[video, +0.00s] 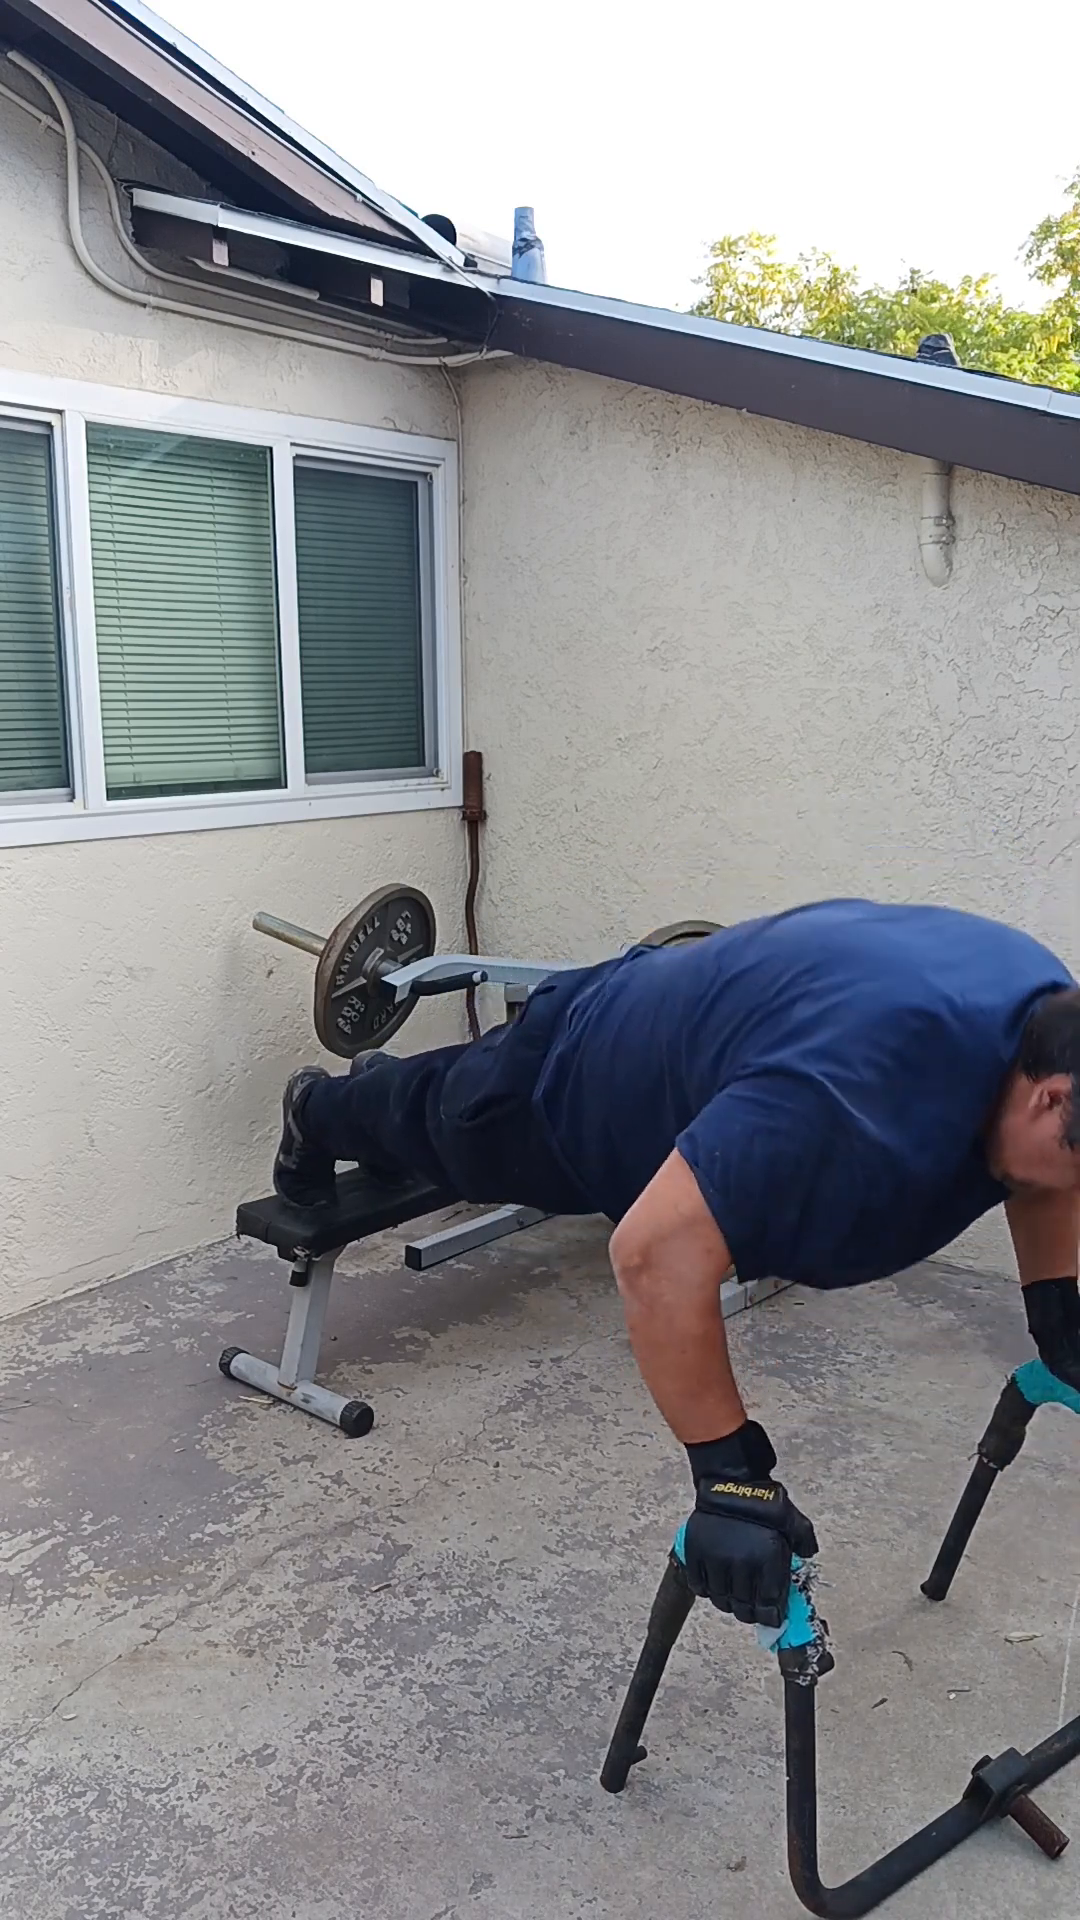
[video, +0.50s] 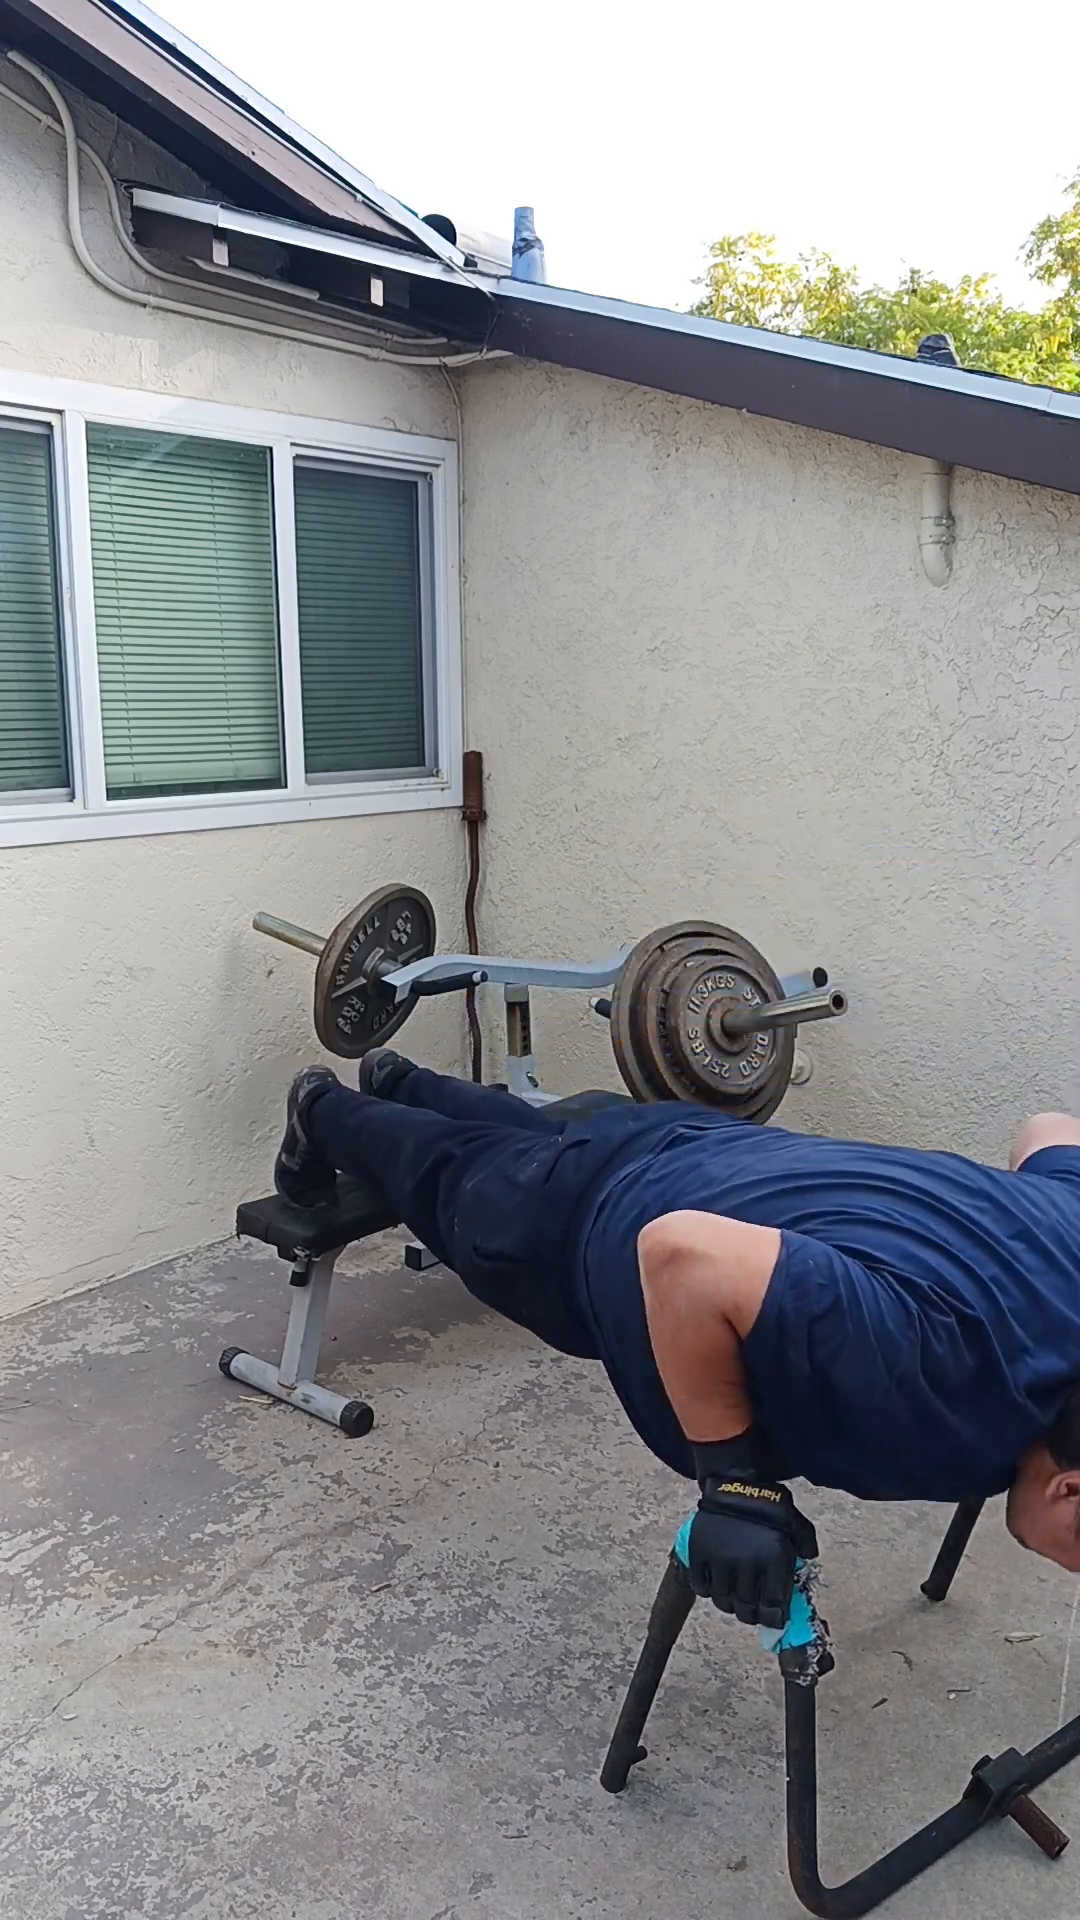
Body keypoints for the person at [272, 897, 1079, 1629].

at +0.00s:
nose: (1061, 1178)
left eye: (1074, 1170)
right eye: (1069, 1154)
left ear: (1054, 1089)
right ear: (1043, 1101)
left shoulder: (1042, 1013)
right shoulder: (840, 1101)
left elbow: (1047, 1174)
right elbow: (656, 1258)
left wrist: (1058, 1322)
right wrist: (733, 1477)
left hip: (726, 970)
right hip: (602, 1058)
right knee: (440, 1105)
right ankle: (320, 1106)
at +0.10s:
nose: (1055, 1290)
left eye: (1070, 1282)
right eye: (1067, 1268)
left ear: (1063, 1188)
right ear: (1053, 1202)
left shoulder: (1062, 1074)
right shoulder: (874, 1161)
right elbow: (642, 1268)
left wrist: (1054, 1311)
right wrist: (731, 1479)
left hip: (703, 1027)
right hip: (595, 1104)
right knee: (435, 1118)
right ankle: (315, 1110)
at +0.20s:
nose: (1057, 1377)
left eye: (1071, 1370)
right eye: (1073, 1360)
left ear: (1068, 1286)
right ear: (1061, 1295)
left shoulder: (1073, 1137)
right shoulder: (894, 1240)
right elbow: (641, 1274)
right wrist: (731, 1482)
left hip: (702, 1064)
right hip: (599, 1139)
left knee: (520, 1098)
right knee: (438, 1131)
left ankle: (387, 1092)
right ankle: (316, 1110)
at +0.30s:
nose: (1052, 1444)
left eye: (1067, 1436)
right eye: (1069, 1430)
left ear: (1067, 1367)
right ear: (1062, 1375)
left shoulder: (1078, 1178)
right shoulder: (905, 1286)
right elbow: (648, 1271)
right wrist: (733, 1480)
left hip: (709, 1091)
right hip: (601, 1168)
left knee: (528, 1116)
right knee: (443, 1151)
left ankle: (393, 1083)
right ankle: (319, 1106)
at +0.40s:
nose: (1045, 1509)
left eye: (1058, 1510)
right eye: (1061, 1503)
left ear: (1068, 1431)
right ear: (1065, 1441)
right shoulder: (902, 1338)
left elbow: (1055, 1129)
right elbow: (664, 1267)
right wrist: (735, 1483)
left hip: (722, 1117)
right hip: (603, 1198)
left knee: (534, 1128)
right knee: (448, 1169)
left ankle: (395, 1083)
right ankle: (321, 1108)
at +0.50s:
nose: (1054, 1551)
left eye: (1069, 1543)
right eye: (1072, 1536)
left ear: (1066, 1476)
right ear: (1060, 1478)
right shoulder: (923, 1376)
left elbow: (1052, 1128)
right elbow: (682, 1263)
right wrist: (736, 1485)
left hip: (725, 1137)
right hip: (612, 1213)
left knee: (543, 1129)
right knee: (453, 1181)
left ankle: (395, 1083)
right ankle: (323, 1109)